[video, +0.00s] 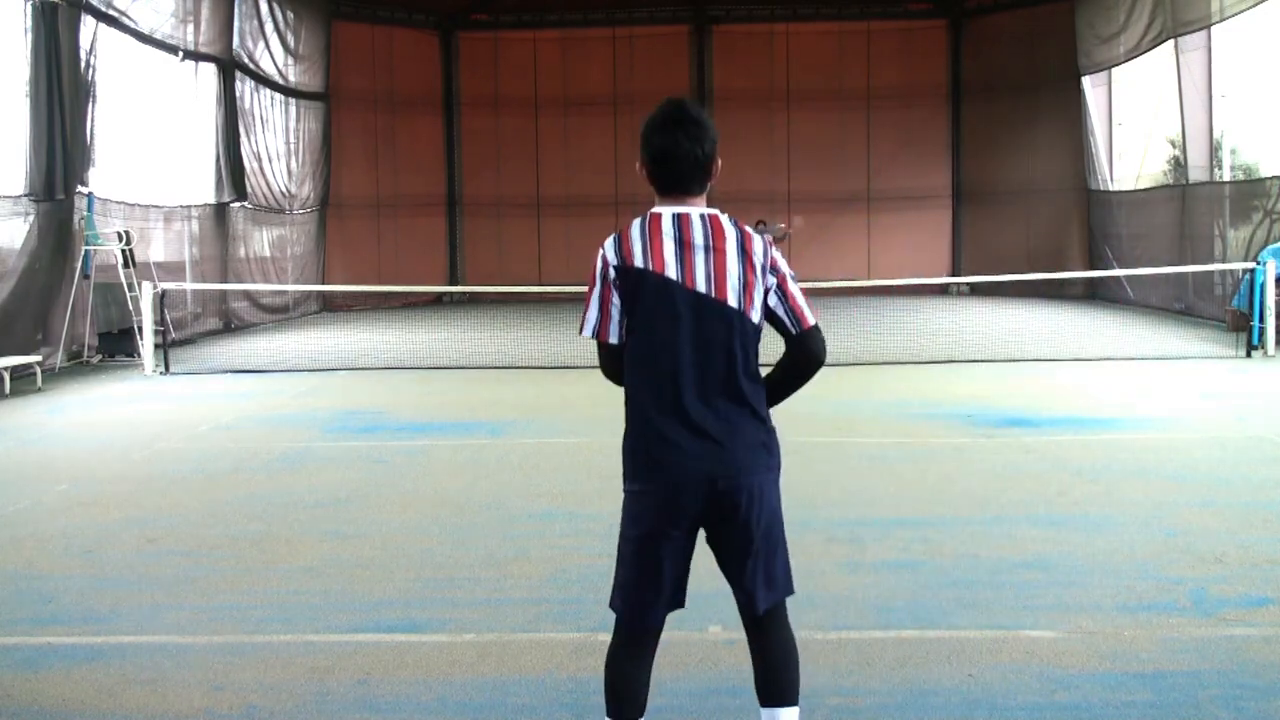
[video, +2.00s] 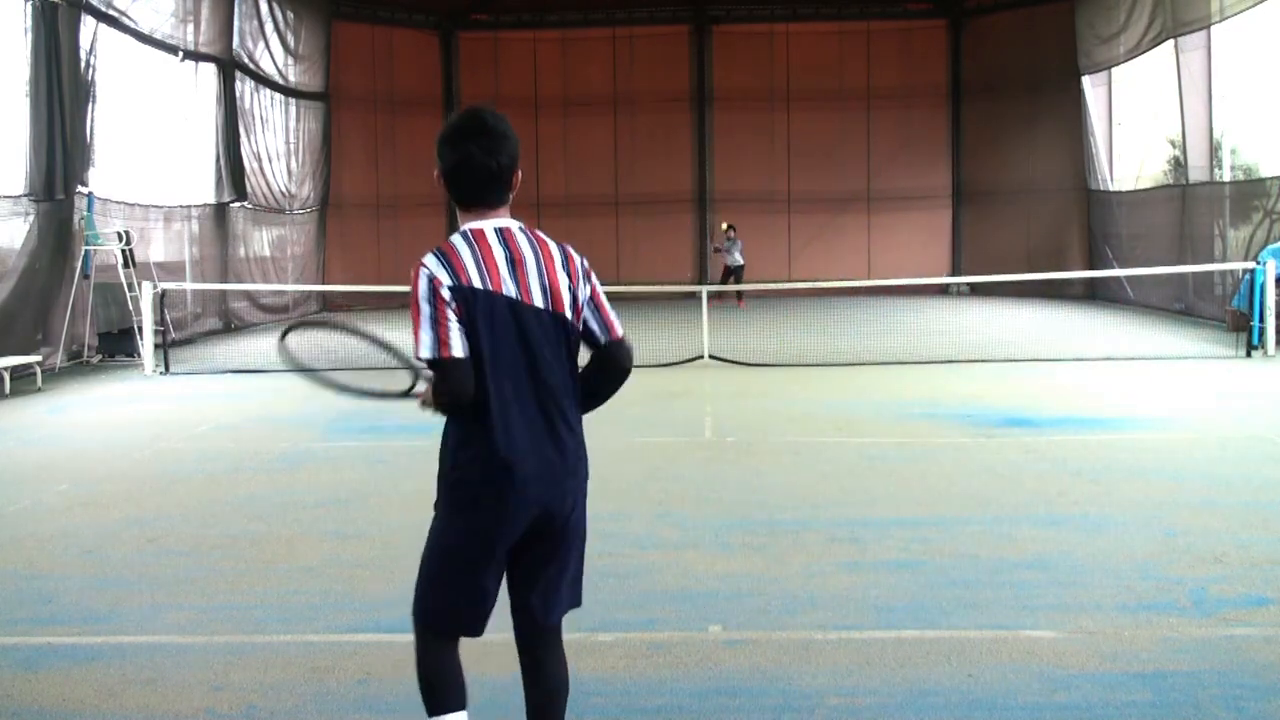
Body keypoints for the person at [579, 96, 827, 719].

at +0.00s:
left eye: (648, 160)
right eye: (714, 157)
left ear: (644, 171)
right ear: (716, 168)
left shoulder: (620, 250)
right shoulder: (754, 247)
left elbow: (614, 364)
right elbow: (811, 347)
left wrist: (671, 381)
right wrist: (757, 398)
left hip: (658, 463)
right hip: (744, 460)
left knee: (637, 621)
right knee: (766, 611)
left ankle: (622, 717)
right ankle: (782, 717)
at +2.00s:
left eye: (441, 171)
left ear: (443, 183)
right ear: (517, 178)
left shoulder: (440, 268)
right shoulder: (563, 259)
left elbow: (457, 387)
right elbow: (617, 356)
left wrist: (436, 395)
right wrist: (566, 404)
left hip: (485, 485)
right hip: (560, 479)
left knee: (436, 625)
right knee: (542, 628)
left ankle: (452, 719)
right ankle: (549, 719)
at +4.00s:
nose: (505, 249)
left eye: (506, 235)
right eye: (508, 232)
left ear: (515, 246)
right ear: (581, 229)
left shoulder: (599, 289)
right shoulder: (549, 331)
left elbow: (625, 415)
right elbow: (540, 419)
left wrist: (522, 425)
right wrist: (504, 457)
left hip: (691, 529)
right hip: (655, 532)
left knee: (673, 705)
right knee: (610, 631)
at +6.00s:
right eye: (597, 204)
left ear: (513, 225)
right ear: (595, 218)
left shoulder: (478, 326)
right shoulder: (639, 309)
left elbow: (479, 455)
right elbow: (706, 440)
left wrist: (538, 504)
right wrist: (644, 491)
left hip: (529, 579)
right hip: (632, 575)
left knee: (503, 711)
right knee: (692, 710)